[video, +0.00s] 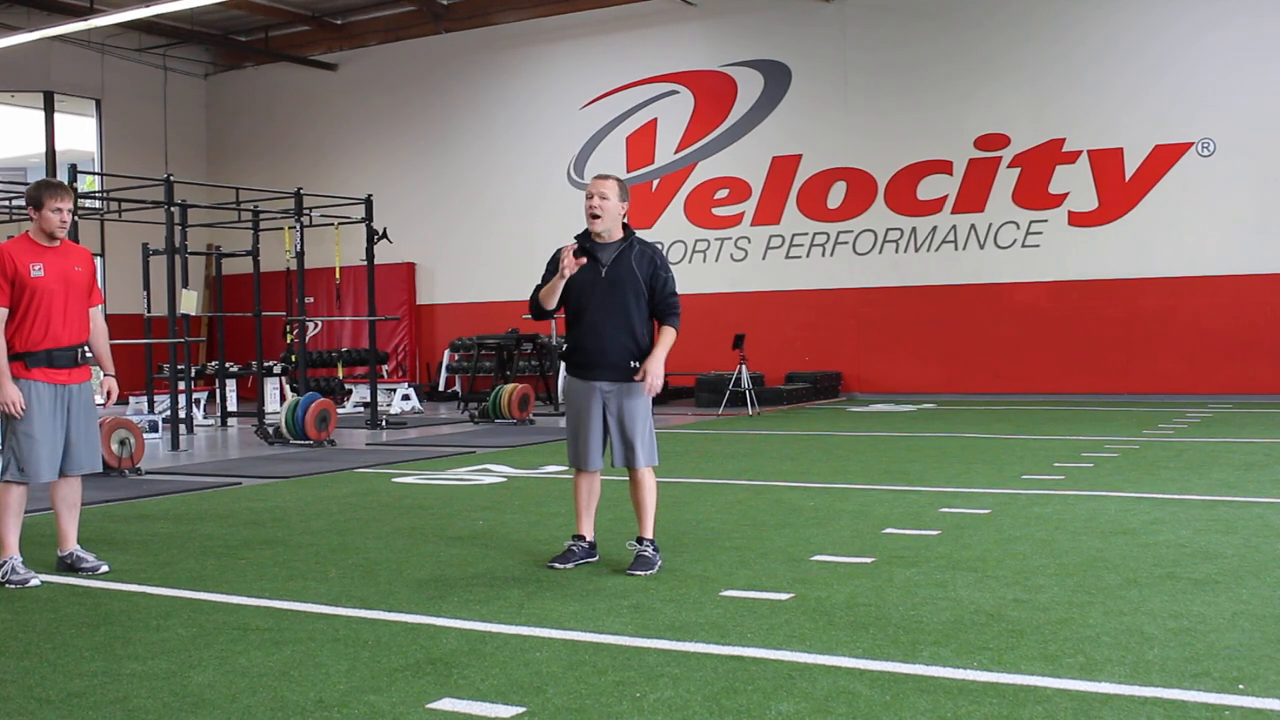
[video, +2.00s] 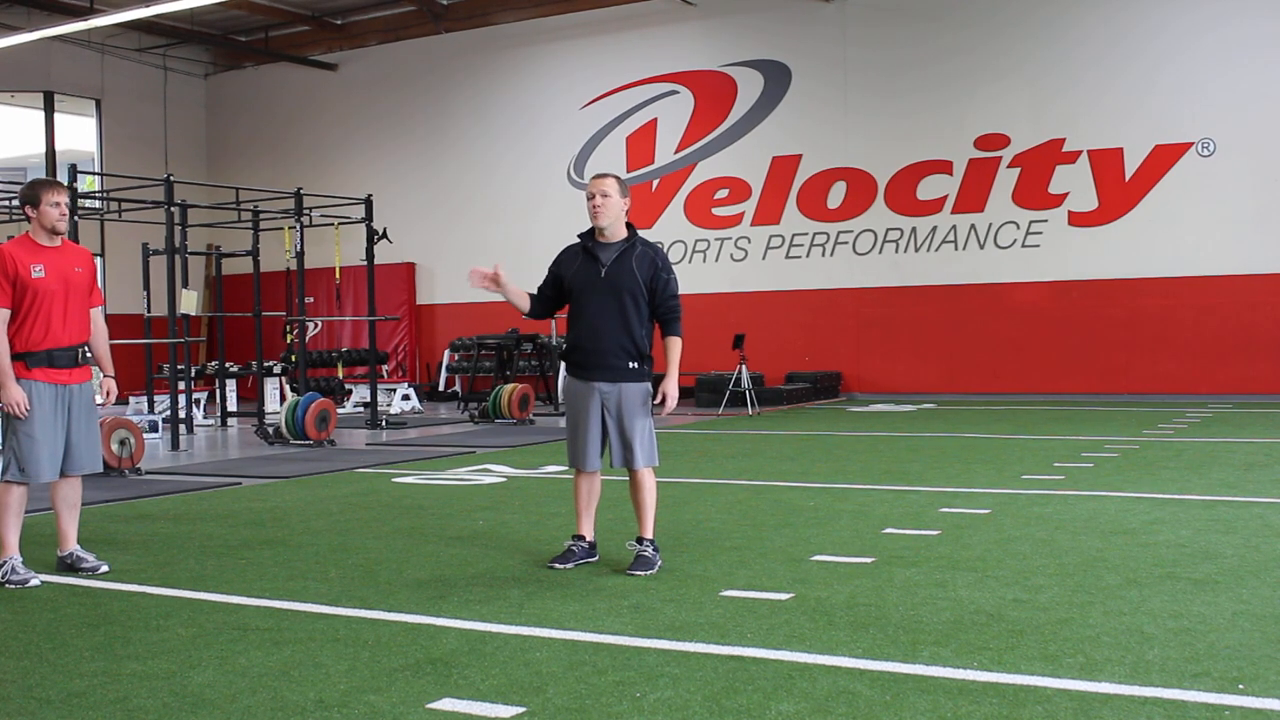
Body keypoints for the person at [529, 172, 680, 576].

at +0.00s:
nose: (592, 203)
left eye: (602, 198)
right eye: (589, 197)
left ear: (623, 208)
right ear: (584, 205)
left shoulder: (649, 257)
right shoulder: (567, 256)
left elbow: (671, 315)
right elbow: (539, 310)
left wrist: (657, 358)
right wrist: (560, 277)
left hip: (632, 380)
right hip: (581, 379)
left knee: (639, 463)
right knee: (585, 463)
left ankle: (646, 544)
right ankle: (583, 542)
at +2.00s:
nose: (595, 202)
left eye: (603, 196)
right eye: (590, 197)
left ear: (625, 204)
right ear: (586, 206)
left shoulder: (651, 258)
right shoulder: (572, 257)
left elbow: (671, 320)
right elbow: (539, 307)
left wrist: (672, 375)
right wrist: (504, 285)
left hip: (631, 380)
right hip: (580, 379)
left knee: (639, 464)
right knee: (584, 463)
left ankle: (646, 544)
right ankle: (583, 542)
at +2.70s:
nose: (594, 204)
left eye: (602, 197)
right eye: (588, 199)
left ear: (622, 204)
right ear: (583, 208)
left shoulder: (649, 255)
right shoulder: (570, 257)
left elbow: (673, 312)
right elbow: (539, 309)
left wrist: (654, 335)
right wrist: (528, 296)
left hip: (632, 379)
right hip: (582, 377)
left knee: (639, 463)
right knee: (585, 462)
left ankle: (646, 544)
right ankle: (583, 542)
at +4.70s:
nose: (590, 208)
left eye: (598, 201)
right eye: (587, 202)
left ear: (622, 207)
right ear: (586, 208)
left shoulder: (653, 256)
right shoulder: (572, 259)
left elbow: (678, 315)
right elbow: (548, 322)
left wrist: (651, 311)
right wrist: (557, 309)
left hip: (635, 381)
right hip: (584, 379)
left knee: (641, 463)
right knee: (586, 464)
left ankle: (646, 544)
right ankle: (584, 542)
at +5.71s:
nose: (586, 209)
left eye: (594, 202)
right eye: (582, 204)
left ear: (618, 206)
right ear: (579, 211)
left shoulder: (648, 253)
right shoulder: (571, 258)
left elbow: (659, 311)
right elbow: (551, 323)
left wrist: (605, 288)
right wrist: (553, 308)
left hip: (634, 379)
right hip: (585, 377)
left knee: (641, 462)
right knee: (586, 461)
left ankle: (646, 544)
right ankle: (584, 541)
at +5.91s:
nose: (582, 214)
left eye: (590, 206)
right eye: (578, 207)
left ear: (614, 209)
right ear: (575, 213)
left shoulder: (646, 253)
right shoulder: (571, 260)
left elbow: (648, 311)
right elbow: (554, 323)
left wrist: (588, 306)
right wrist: (559, 310)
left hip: (634, 379)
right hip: (586, 378)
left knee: (641, 462)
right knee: (586, 462)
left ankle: (646, 544)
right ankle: (584, 541)